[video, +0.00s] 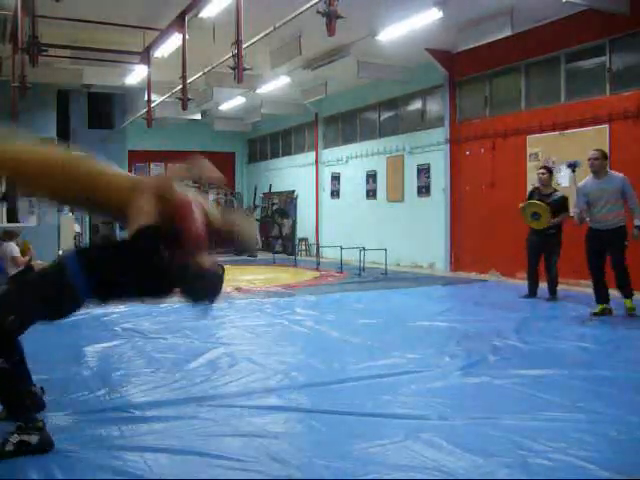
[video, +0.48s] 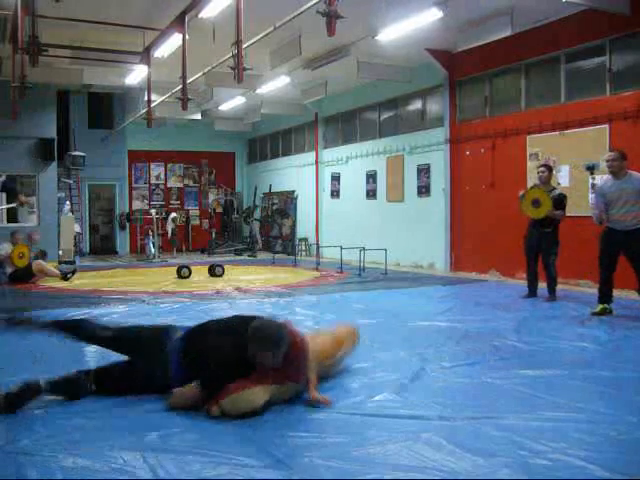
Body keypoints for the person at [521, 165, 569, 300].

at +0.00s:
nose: (541, 177)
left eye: (544, 174)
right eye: (539, 174)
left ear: (550, 177)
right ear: (537, 176)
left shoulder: (559, 197)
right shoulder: (533, 193)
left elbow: (565, 214)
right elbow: (529, 210)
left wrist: (555, 221)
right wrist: (524, 208)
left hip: (552, 232)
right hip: (535, 231)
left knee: (551, 264)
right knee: (532, 263)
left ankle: (553, 292)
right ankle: (532, 291)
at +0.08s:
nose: (540, 177)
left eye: (543, 174)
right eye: (538, 174)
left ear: (550, 177)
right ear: (536, 177)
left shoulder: (558, 197)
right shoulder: (533, 193)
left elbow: (563, 214)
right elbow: (528, 207)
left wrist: (552, 221)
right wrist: (522, 207)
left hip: (551, 232)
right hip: (534, 231)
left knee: (550, 264)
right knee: (532, 263)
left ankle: (552, 292)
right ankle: (532, 291)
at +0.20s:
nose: (539, 177)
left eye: (542, 174)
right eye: (538, 174)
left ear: (550, 177)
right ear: (536, 177)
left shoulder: (558, 197)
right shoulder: (532, 192)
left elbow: (562, 214)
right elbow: (527, 208)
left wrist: (549, 221)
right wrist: (521, 206)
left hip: (550, 231)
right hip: (534, 230)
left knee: (550, 263)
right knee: (532, 262)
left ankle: (552, 292)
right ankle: (532, 290)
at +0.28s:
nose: (539, 177)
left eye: (543, 174)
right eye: (538, 174)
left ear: (550, 176)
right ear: (536, 176)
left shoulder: (557, 197)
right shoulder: (532, 192)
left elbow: (562, 215)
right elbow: (527, 208)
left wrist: (550, 220)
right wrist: (521, 204)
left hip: (549, 231)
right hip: (533, 230)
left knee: (549, 262)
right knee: (531, 261)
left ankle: (552, 292)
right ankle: (532, 290)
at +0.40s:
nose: (540, 176)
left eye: (543, 173)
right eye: (538, 173)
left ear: (550, 175)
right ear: (536, 176)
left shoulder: (558, 196)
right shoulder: (533, 191)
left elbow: (561, 214)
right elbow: (527, 209)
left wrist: (549, 217)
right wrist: (522, 202)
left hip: (550, 230)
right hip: (534, 229)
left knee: (549, 262)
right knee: (531, 261)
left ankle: (552, 292)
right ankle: (532, 290)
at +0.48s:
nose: (540, 175)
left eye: (543, 172)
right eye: (539, 172)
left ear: (550, 174)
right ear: (537, 175)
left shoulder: (558, 195)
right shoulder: (534, 191)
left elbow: (561, 214)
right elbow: (527, 209)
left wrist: (548, 212)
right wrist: (523, 200)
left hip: (550, 230)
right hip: (534, 228)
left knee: (549, 262)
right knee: (531, 261)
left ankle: (552, 292)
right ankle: (531, 290)